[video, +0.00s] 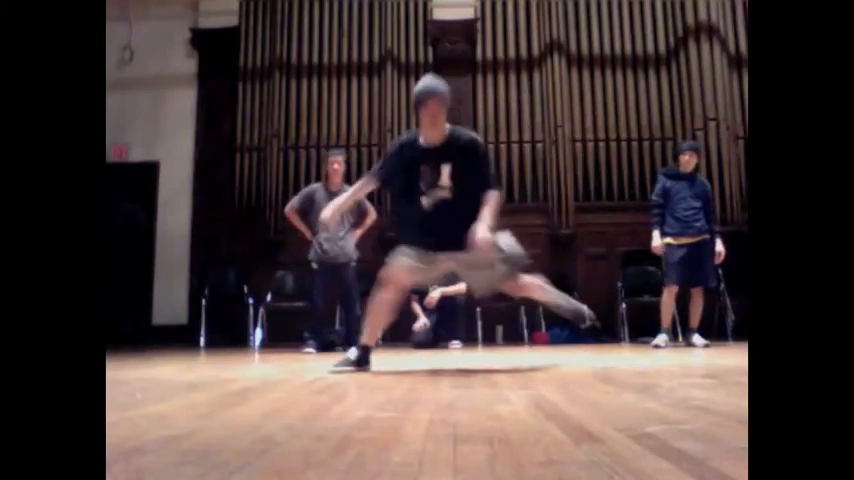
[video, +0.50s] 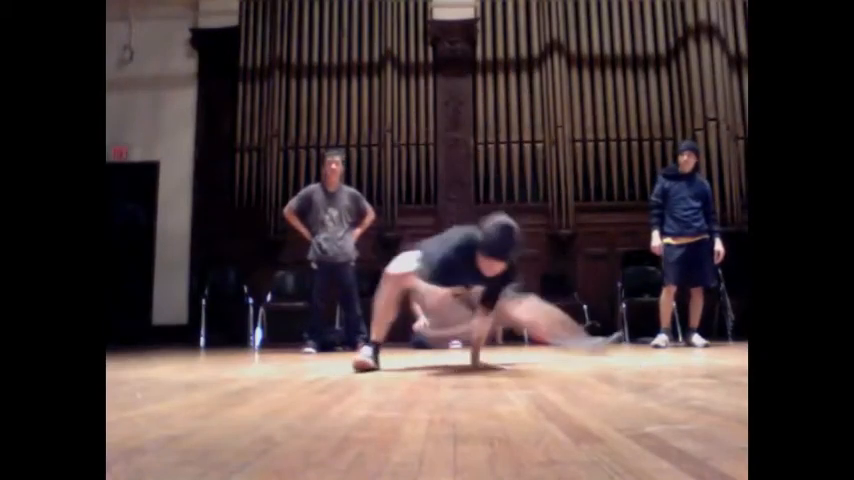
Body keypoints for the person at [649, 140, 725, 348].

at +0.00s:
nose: (688, 160)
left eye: (692, 156)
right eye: (684, 155)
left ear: (697, 160)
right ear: (678, 158)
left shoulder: (702, 184)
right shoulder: (665, 180)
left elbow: (710, 215)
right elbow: (656, 208)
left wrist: (717, 239)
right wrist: (656, 234)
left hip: (700, 240)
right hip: (674, 240)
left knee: (697, 288)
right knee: (671, 287)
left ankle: (693, 332)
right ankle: (664, 332)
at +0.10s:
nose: (688, 160)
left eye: (692, 156)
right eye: (684, 155)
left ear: (697, 159)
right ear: (678, 158)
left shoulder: (702, 184)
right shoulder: (665, 180)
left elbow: (710, 215)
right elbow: (656, 208)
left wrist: (717, 239)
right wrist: (656, 234)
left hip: (700, 240)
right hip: (674, 240)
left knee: (697, 288)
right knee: (671, 287)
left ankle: (693, 332)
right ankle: (664, 332)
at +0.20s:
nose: (687, 159)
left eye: (691, 156)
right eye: (683, 155)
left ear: (697, 159)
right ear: (677, 158)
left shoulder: (702, 184)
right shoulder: (665, 180)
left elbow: (710, 215)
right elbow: (656, 208)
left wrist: (716, 239)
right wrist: (655, 234)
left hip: (699, 240)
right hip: (673, 240)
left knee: (697, 288)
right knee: (670, 287)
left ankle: (693, 332)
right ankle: (664, 332)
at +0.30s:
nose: (687, 159)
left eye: (691, 156)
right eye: (683, 155)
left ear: (697, 159)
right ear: (677, 158)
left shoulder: (702, 184)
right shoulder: (665, 181)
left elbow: (710, 215)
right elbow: (656, 208)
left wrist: (716, 239)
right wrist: (655, 234)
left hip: (699, 240)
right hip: (673, 240)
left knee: (697, 288)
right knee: (670, 287)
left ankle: (693, 332)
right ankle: (664, 332)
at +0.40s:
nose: (686, 160)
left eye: (690, 156)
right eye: (683, 155)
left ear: (696, 159)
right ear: (677, 158)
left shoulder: (702, 184)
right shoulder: (665, 181)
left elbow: (711, 215)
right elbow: (656, 208)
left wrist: (716, 239)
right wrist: (655, 234)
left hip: (699, 240)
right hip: (673, 240)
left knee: (697, 288)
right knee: (670, 287)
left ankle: (693, 332)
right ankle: (664, 332)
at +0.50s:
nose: (686, 160)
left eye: (690, 156)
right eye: (683, 155)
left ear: (696, 159)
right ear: (677, 158)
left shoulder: (702, 184)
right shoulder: (665, 181)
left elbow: (711, 215)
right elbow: (656, 208)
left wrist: (716, 239)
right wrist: (656, 234)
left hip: (699, 240)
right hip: (673, 240)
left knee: (697, 288)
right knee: (670, 287)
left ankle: (693, 332)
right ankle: (664, 332)